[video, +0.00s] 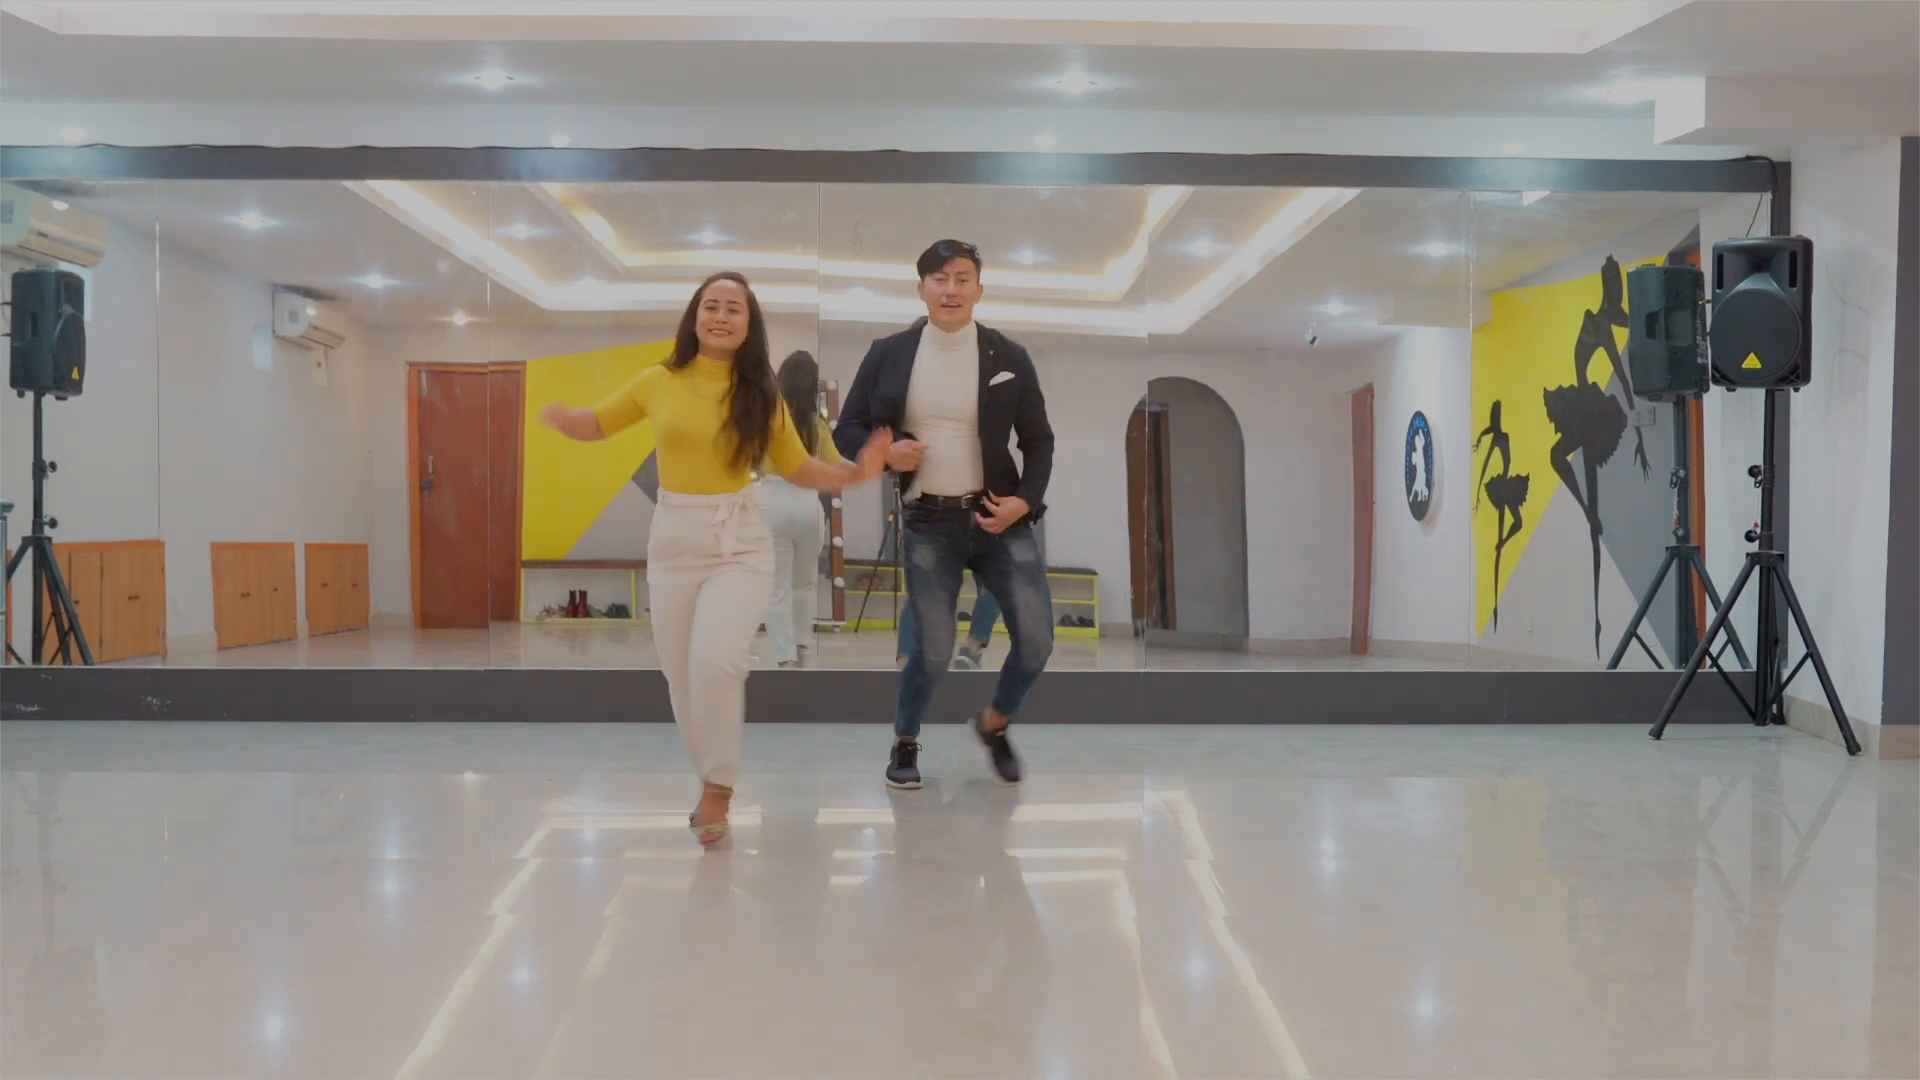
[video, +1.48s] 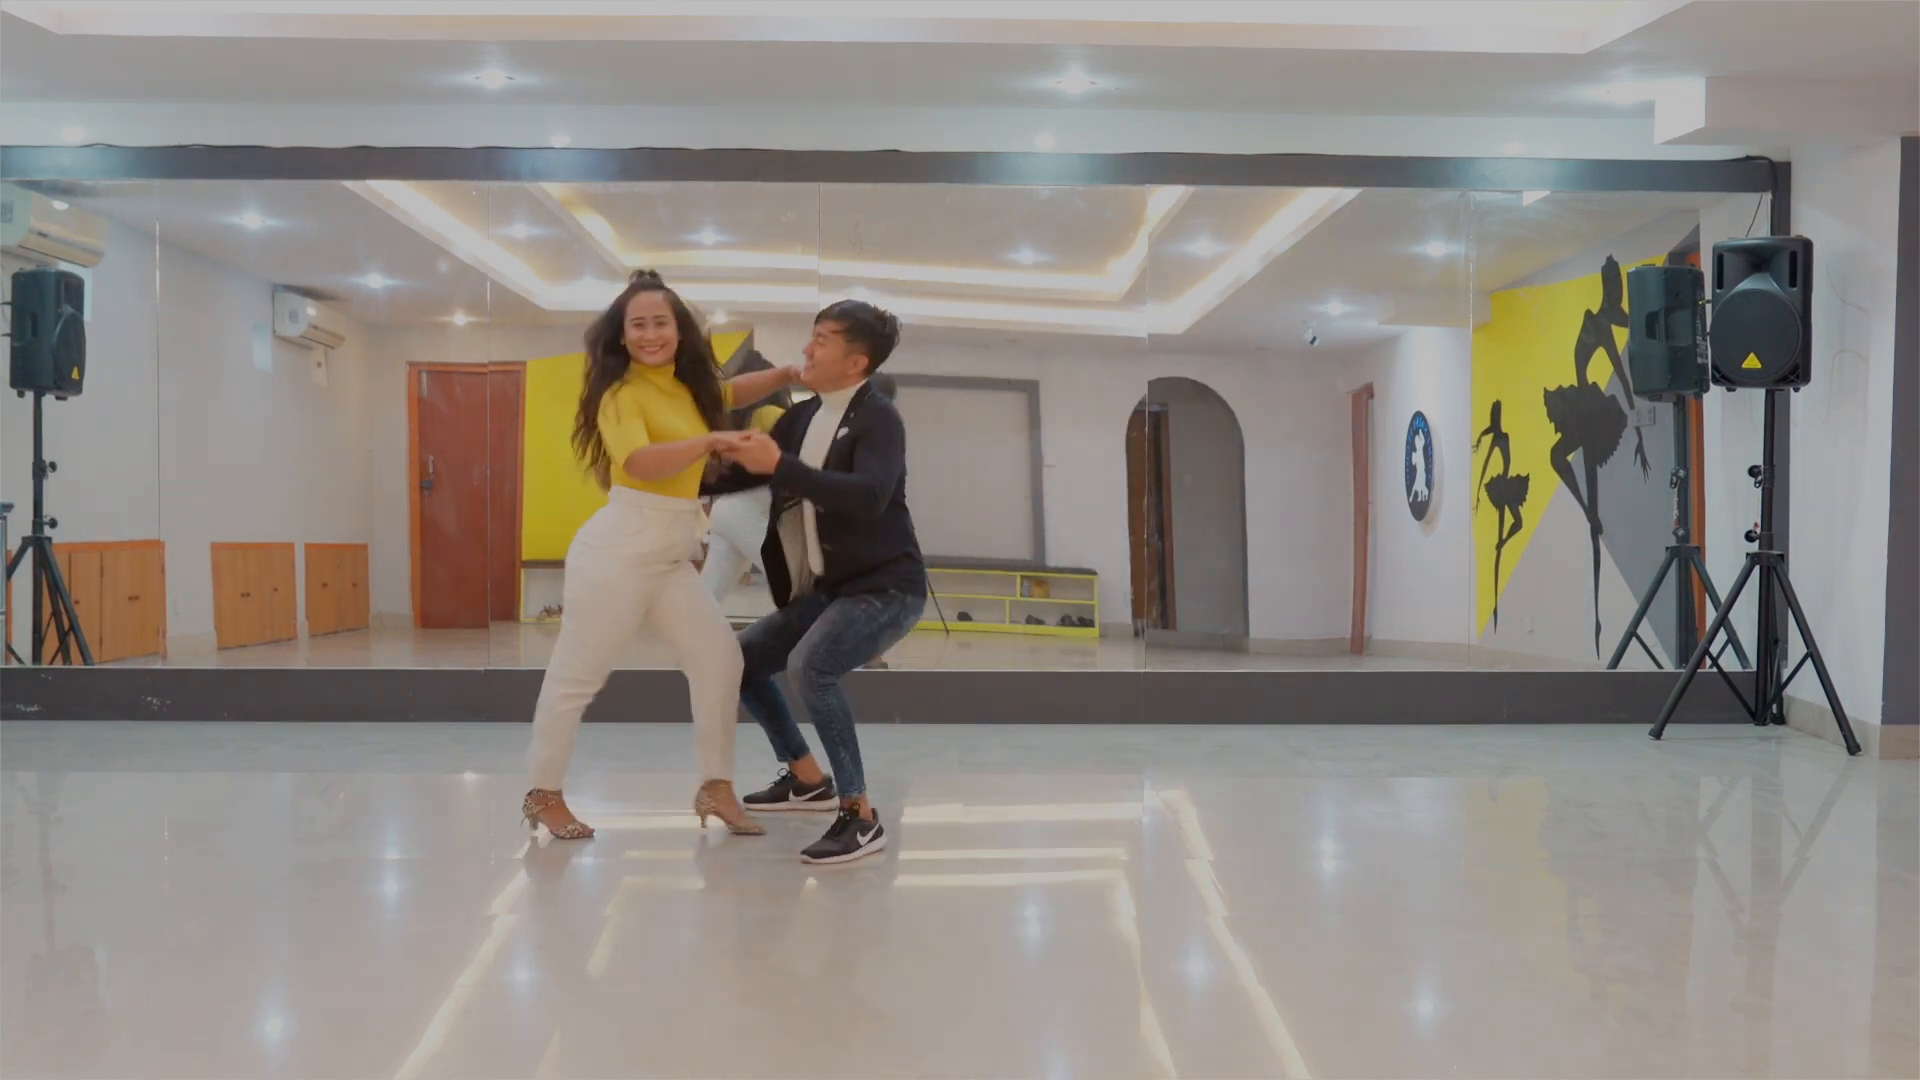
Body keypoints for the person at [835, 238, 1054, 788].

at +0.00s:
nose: (951, 289)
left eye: (962, 278)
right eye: (940, 279)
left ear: (979, 288)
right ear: (922, 288)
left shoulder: (1009, 358)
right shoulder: (887, 355)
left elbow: (1039, 439)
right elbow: (847, 430)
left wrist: (1026, 499)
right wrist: (883, 452)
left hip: (1001, 517)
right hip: (929, 520)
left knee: (1036, 643)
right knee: (934, 652)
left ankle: (994, 725)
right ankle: (906, 742)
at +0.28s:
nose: (991, 292)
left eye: (998, 281)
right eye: (977, 281)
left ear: (1008, 285)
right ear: (951, 288)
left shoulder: (1030, 354)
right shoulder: (915, 336)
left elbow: (1042, 430)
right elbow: (873, 409)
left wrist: (1035, 473)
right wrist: (934, 433)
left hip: (992, 520)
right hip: (917, 515)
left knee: (1025, 644)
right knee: (872, 643)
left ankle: (1032, 769)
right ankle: (864, 727)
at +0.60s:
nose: (964, 301)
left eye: (974, 290)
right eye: (951, 289)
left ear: (984, 295)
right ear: (926, 294)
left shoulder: (1002, 351)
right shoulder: (891, 361)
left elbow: (1034, 417)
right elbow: (852, 446)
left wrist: (1027, 471)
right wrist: (917, 490)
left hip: (983, 537)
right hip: (901, 538)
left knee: (1045, 651)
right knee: (829, 653)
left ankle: (1053, 763)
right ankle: (771, 757)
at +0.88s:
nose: (886, 311)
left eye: (901, 300)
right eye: (885, 300)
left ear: (936, 310)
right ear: (886, 306)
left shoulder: (952, 368)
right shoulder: (893, 375)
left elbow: (982, 427)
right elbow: (881, 448)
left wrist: (925, 485)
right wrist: (862, 485)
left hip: (949, 551)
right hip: (887, 549)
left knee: (1000, 666)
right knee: (793, 631)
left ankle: (1063, 760)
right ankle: (813, 772)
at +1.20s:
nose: (824, 312)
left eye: (838, 305)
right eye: (824, 301)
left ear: (877, 315)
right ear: (825, 301)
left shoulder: (904, 363)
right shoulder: (812, 358)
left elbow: (903, 423)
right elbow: (792, 445)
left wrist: (808, 419)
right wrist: (752, 518)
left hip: (902, 535)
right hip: (844, 537)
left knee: (867, 638)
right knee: (771, 644)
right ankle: (811, 776)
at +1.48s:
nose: (807, 348)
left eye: (822, 341)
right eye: (812, 337)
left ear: (858, 360)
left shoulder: (879, 418)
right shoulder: (801, 415)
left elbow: (868, 497)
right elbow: (757, 471)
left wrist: (780, 466)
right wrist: (706, 469)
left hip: (886, 588)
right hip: (828, 591)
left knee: (813, 667)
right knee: (741, 657)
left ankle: (860, 815)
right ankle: (805, 775)